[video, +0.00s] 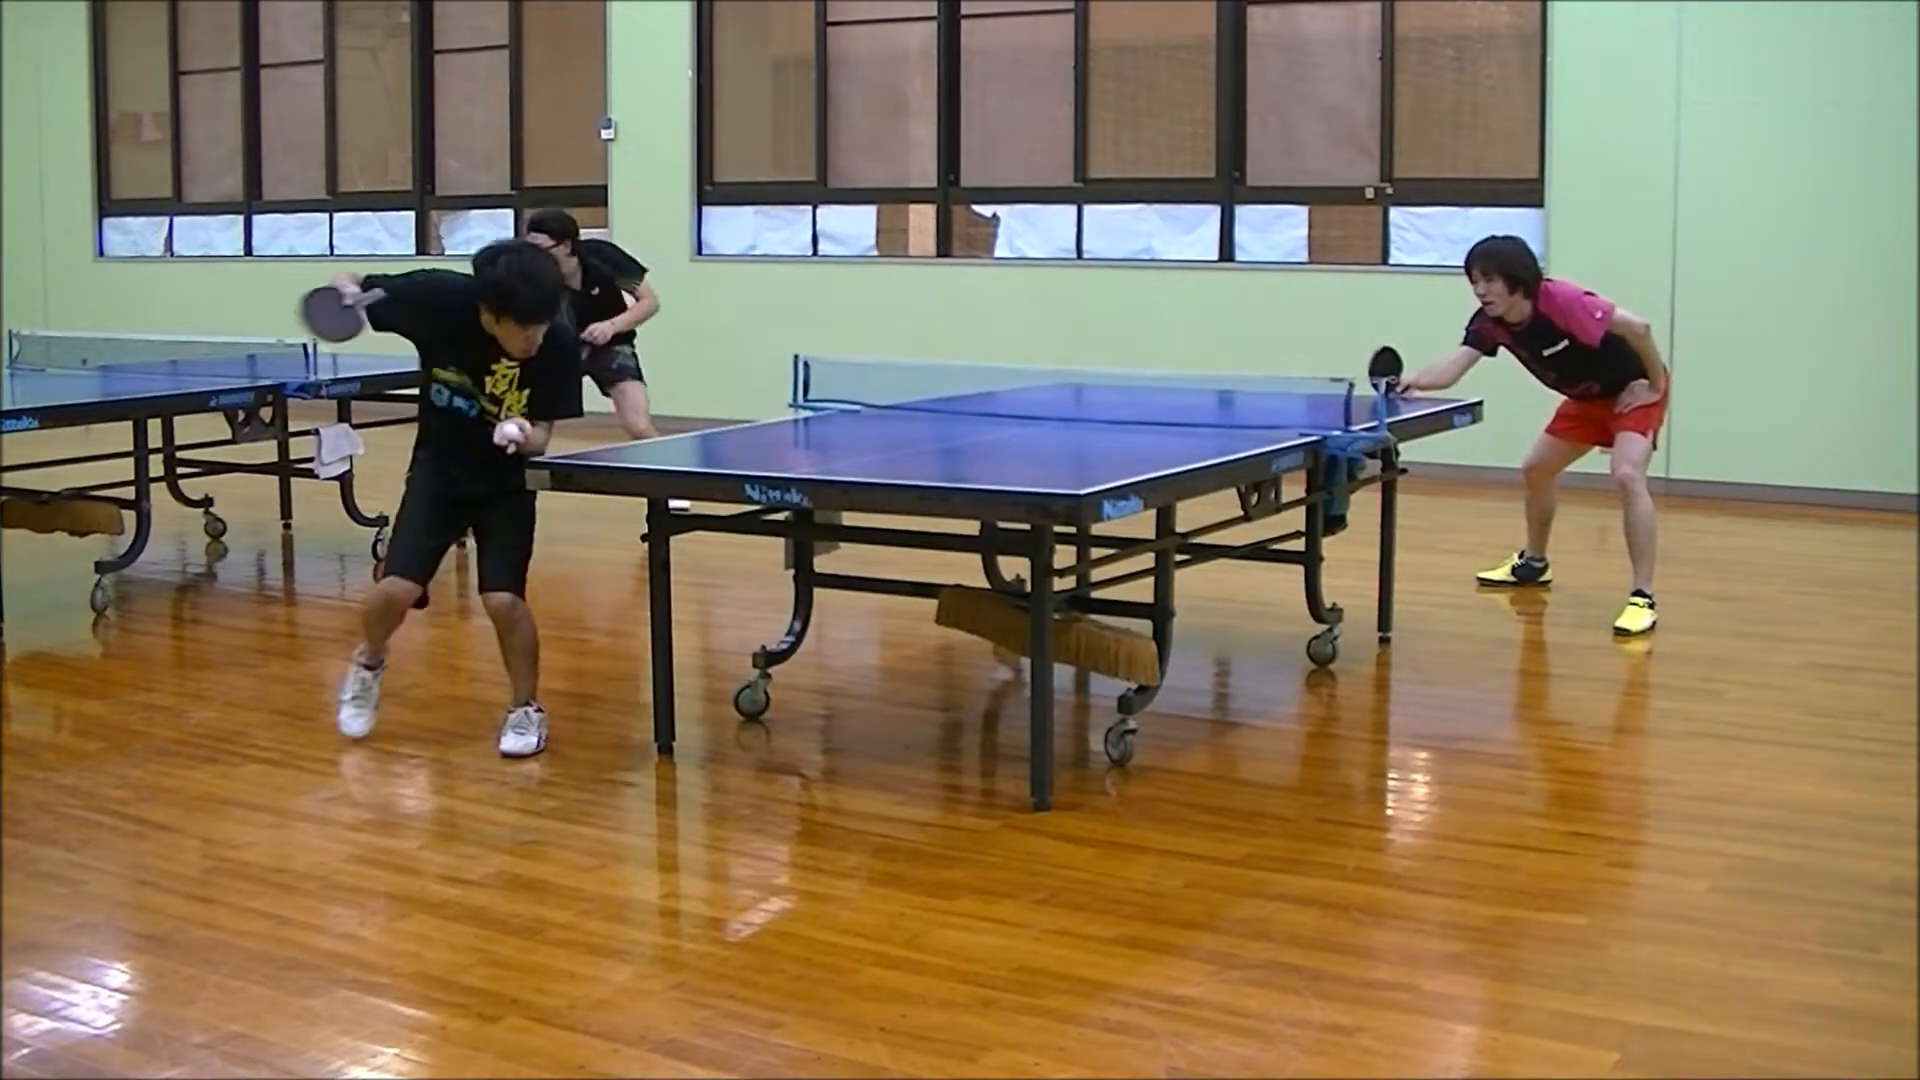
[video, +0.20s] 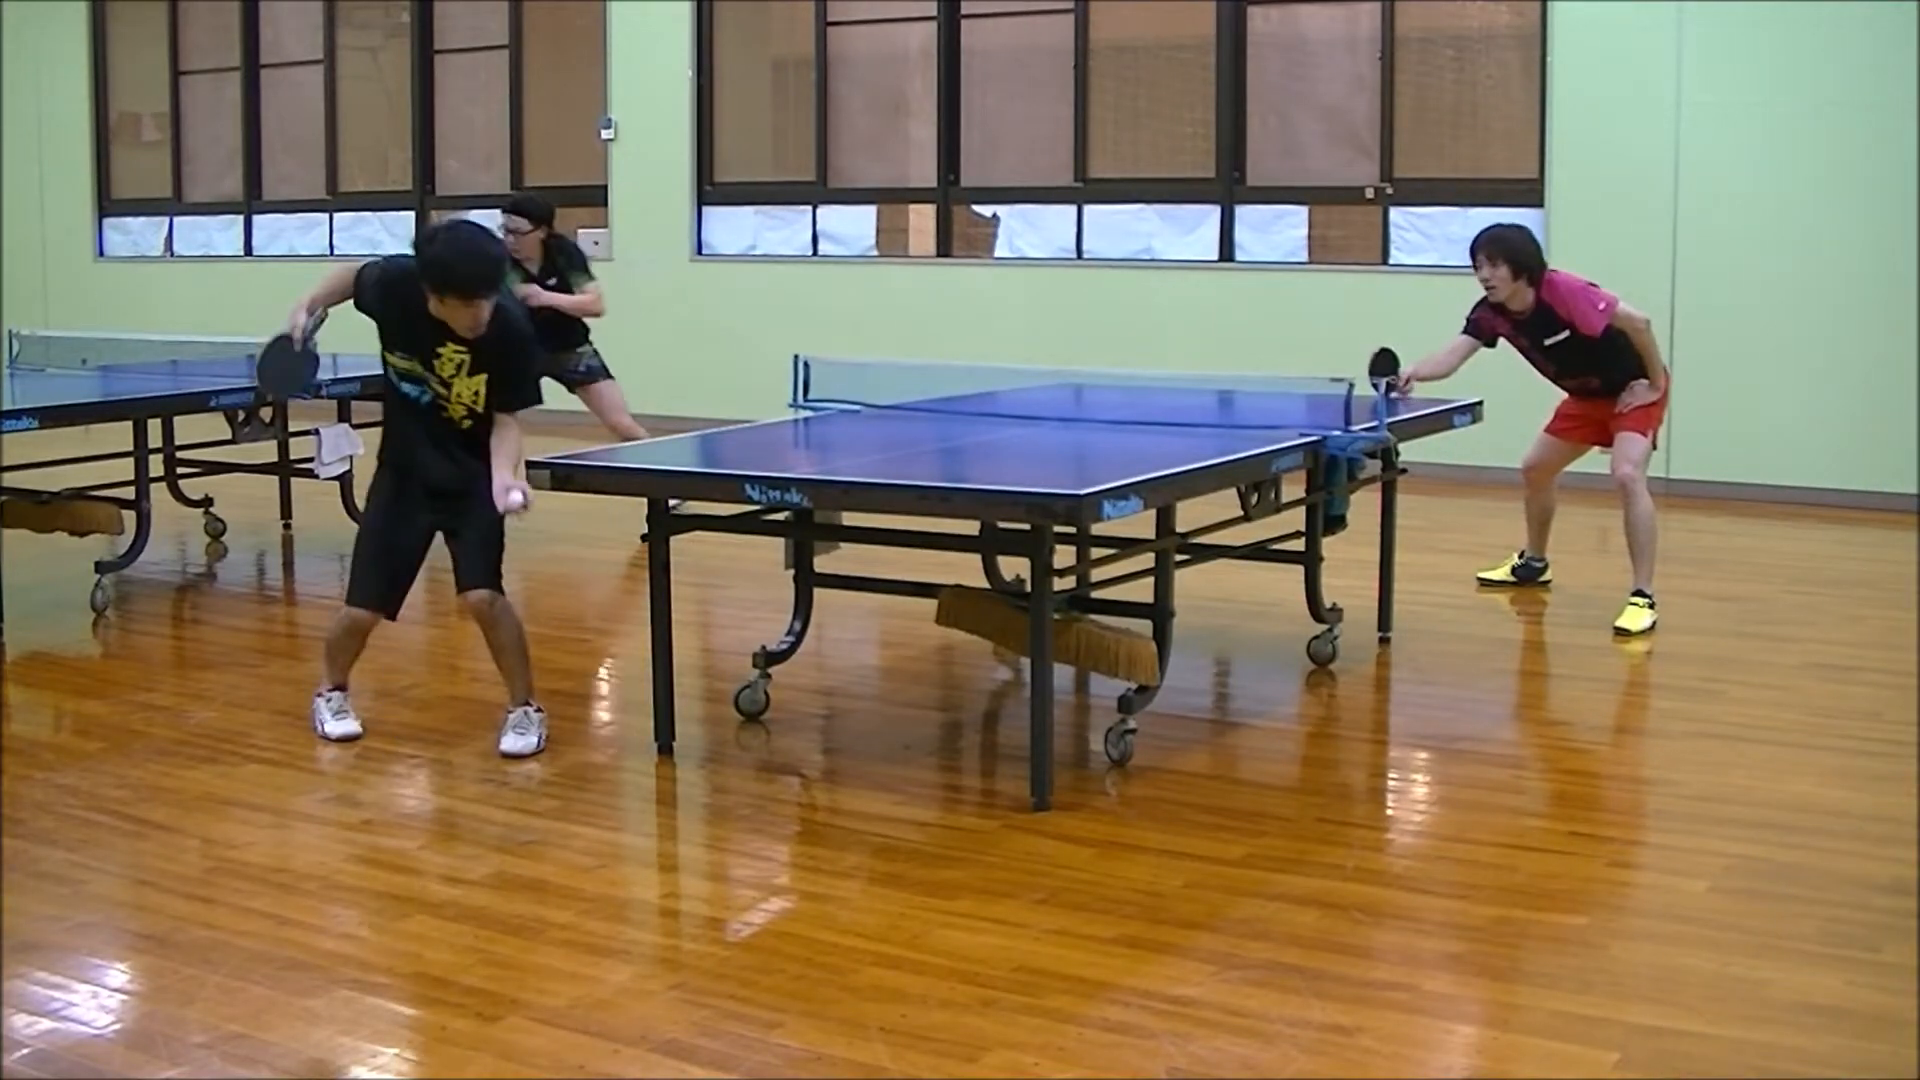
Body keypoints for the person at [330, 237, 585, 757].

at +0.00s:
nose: (534, 340)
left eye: (541, 329)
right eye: (524, 330)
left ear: (550, 315)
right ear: (489, 315)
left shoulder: (557, 346)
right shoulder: (441, 301)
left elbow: (542, 435)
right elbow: (361, 289)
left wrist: (524, 434)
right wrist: (348, 293)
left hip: (504, 481)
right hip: (438, 472)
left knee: (503, 599)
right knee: (397, 590)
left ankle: (525, 710)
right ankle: (368, 665)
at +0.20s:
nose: (483, 316)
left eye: (489, 302)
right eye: (470, 307)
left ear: (496, 287)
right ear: (433, 296)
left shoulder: (510, 330)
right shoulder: (395, 285)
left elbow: (505, 417)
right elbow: (352, 280)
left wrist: (506, 479)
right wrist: (309, 306)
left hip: (475, 480)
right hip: (404, 473)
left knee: (480, 596)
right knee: (363, 611)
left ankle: (524, 708)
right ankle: (333, 692)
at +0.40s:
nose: (421, 277)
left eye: (427, 262)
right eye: (407, 268)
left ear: (435, 248)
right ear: (371, 263)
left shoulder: (452, 288)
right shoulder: (338, 266)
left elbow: (488, 373)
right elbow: (317, 297)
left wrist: (518, 431)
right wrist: (297, 339)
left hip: (437, 450)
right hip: (363, 450)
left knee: (471, 571)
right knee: (341, 590)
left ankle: (496, 691)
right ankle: (335, 694)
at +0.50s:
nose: (417, 261)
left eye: (420, 246)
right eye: (402, 253)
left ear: (426, 230)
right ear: (364, 249)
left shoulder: (442, 261)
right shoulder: (326, 252)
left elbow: (485, 326)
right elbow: (294, 294)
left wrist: (513, 352)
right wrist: (298, 338)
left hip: (424, 429)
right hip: (352, 430)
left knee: (459, 569)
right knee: (339, 580)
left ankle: (451, 668)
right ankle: (333, 693)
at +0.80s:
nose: (454, 225)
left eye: (460, 212)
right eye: (442, 214)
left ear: (467, 202)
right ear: (403, 207)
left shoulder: (463, 238)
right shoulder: (360, 248)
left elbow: (505, 293)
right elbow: (313, 343)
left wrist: (574, 318)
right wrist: (358, 321)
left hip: (416, 419)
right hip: (351, 426)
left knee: (463, 547)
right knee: (344, 573)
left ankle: (421, 683)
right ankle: (331, 693)